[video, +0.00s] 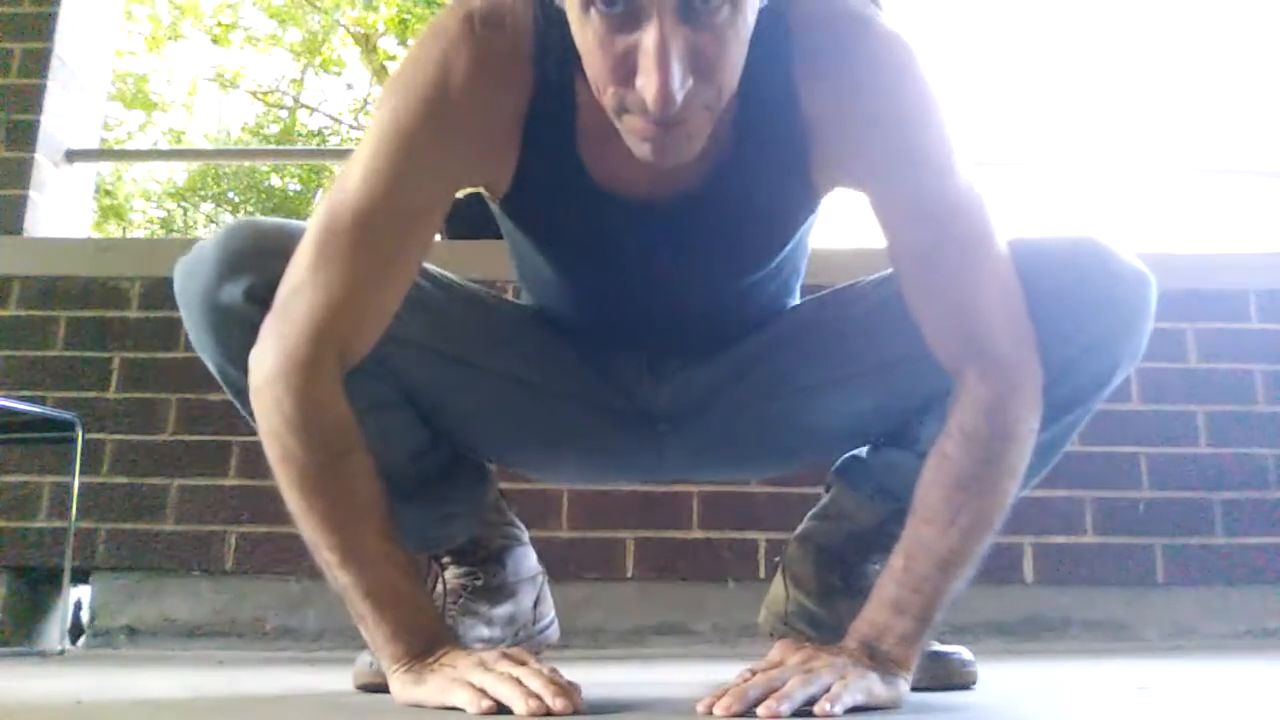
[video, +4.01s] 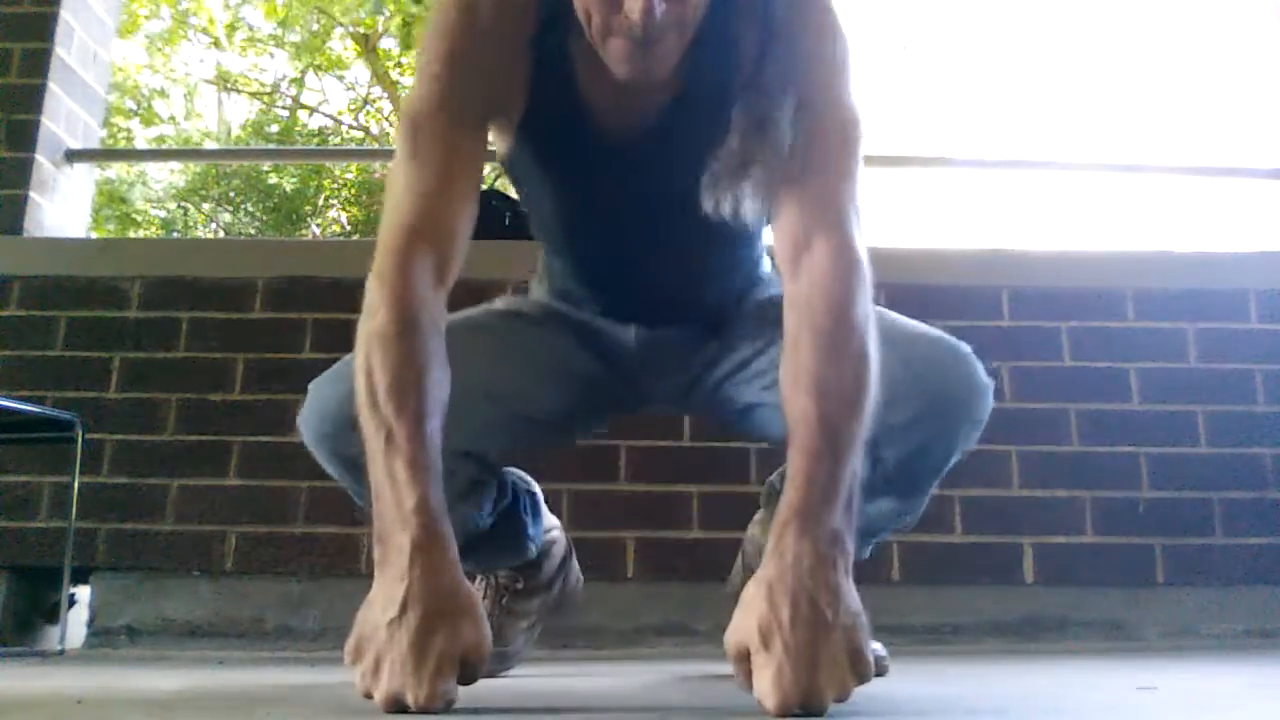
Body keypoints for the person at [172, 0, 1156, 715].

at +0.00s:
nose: (656, 83)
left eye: (699, 28)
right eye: (615, 29)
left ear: (751, 4)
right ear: (567, 5)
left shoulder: (842, 49)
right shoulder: (476, 51)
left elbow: (1001, 378)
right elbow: (287, 370)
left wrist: (868, 639)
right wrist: (420, 655)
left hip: (762, 383)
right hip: (552, 385)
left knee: (1099, 291)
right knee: (231, 275)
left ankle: (836, 605)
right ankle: (482, 587)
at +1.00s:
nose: (665, 125)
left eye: (698, 84)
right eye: (634, 83)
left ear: (736, 81)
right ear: (587, 74)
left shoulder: (802, 185)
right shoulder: (510, 188)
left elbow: (888, 409)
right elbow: (406, 430)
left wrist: (876, 649)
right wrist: (417, 654)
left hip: (738, 436)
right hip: (583, 435)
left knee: (966, 370)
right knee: (350, 382)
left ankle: (791, 574)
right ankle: (531, 580)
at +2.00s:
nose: (647, 203)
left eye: (676, 167)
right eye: (620, 168)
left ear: (716, 154)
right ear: (583, 153)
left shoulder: (774, 234)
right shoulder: (520, 238)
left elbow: (862, 432)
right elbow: (409, 446)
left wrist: (821, 606)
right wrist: (452, 622)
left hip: (726, 485)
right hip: (583, 483)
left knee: (923, 322)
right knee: (388, 336)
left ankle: (807, 616)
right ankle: (531, 589)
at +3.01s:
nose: (650, 182)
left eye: (678, 145)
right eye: (622, 146)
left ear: (717, 132)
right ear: (585, 133)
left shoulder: (773, 198)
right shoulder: (528, 200)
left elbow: (867, 359)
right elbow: (408, 358)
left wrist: (835, 421)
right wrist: (453, 419)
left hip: (732, 474)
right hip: (580, 474)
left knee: (930, 330)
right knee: (379, 344)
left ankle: (787, 604)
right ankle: (532, 603)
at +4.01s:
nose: (629, 24)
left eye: (662, 4)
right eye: (603, 3)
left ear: (709, 1)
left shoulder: (791, 27)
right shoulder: (484, 24)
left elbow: (822, 257)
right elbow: (411, 280)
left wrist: (812, 546)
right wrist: (411, 559)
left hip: (740, 331)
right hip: (565, 330)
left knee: (947, 386)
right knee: (341, 413)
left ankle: (788, 570)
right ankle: (522, 558)